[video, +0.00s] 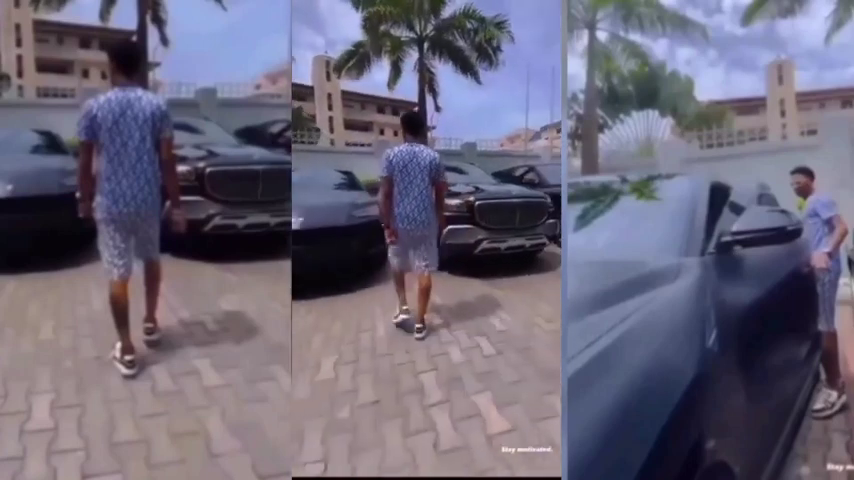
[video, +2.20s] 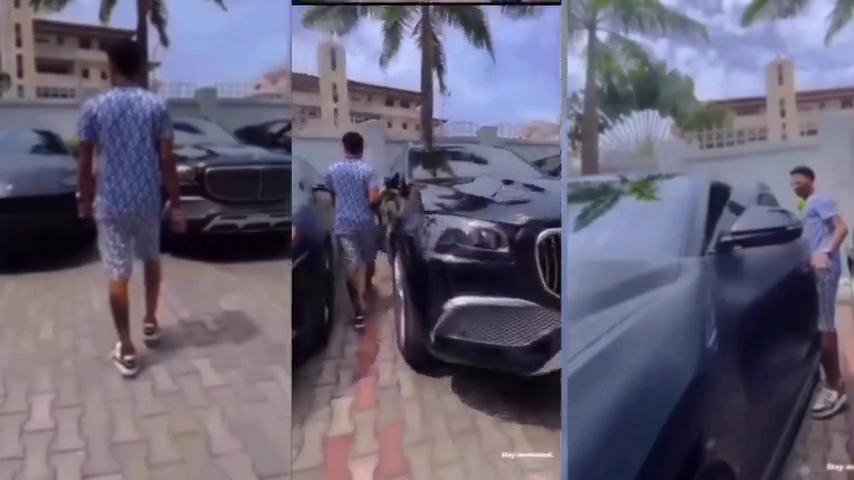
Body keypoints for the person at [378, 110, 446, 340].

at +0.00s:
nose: (403, 132)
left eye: (402, 129)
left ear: (402, 130)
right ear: (424, 129)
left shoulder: (392, 155)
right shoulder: (432, 156)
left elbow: (386, 193)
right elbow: (440, 192)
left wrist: (386, 224)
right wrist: (440, 219)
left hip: (399, 222)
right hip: (425, 222)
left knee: (397, 266)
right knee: (424, 270)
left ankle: (403, 306)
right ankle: (420, 322)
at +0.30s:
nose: (371, 138)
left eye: (369, 134)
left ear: (369, 135)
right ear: (390, 134)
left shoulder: (363, 163)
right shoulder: (403, 161)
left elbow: (360, 201)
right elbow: (412, 195)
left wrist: (360, 233)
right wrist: (414, 219)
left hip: (376, 227)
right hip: (401, 226)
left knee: (378, 269)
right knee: (403, 275)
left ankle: (382, 303)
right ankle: (400, 333)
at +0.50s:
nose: (349, 133)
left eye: (345, 129)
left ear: (345, 130)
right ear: (366, 129)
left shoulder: (337, 156)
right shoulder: (378, 155)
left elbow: (335, 196)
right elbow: (389, 192)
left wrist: (334, 228)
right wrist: (394, 220)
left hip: (351, 224)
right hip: (378, 222)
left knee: (357, 271)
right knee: (387, 266)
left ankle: (365, 313)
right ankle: (384, 304)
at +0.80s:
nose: (330, 137)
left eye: (325, 132)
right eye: (339, 133)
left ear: (321, 133)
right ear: (343, 133)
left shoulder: (309, 157)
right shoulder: (352, 158)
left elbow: (300, 192)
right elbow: (360, 195)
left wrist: (301, 222)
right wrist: (369, 225)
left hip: (320, 223)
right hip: (348, 221)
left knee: (329, 275)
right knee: (354, 261)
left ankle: (339, 331)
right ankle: (356, 297)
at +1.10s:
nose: (315, 139)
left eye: (312, 134)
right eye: (324, 135)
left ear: (309, 134)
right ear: (329, 136)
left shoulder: (296, 159)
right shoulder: (336, 162)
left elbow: (293, 191)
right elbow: (345, 195)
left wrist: (294, 214)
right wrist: (349, 221)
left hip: (304, 219)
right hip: (331, 219)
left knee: (303, 267)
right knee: (334, 262)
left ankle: (310, 311)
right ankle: (331, 306)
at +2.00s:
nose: (333, 140)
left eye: (326, 136)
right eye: (337, 136)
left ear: (321, 137)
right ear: (341, 137)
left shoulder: (311, 160)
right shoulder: (349, 159)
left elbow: (310, 192)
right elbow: (358, 188)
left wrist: (315, 204)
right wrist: (359, 202)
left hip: (325, 214)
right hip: (348, 213)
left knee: (333, 259)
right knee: (356, 252)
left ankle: (342, 304)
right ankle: (357, 289)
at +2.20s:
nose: (355, 151)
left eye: (349, 147)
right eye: (358, 147)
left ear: (344, 148)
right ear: (362, 148)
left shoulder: (333, 169)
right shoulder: (368, 170)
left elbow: (332, 197)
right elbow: (374, 199)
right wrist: (378, 201)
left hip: (343, 222)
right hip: (365, 221)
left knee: (352, 264)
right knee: (369, 261)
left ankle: (359, 311)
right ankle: (366, 295)